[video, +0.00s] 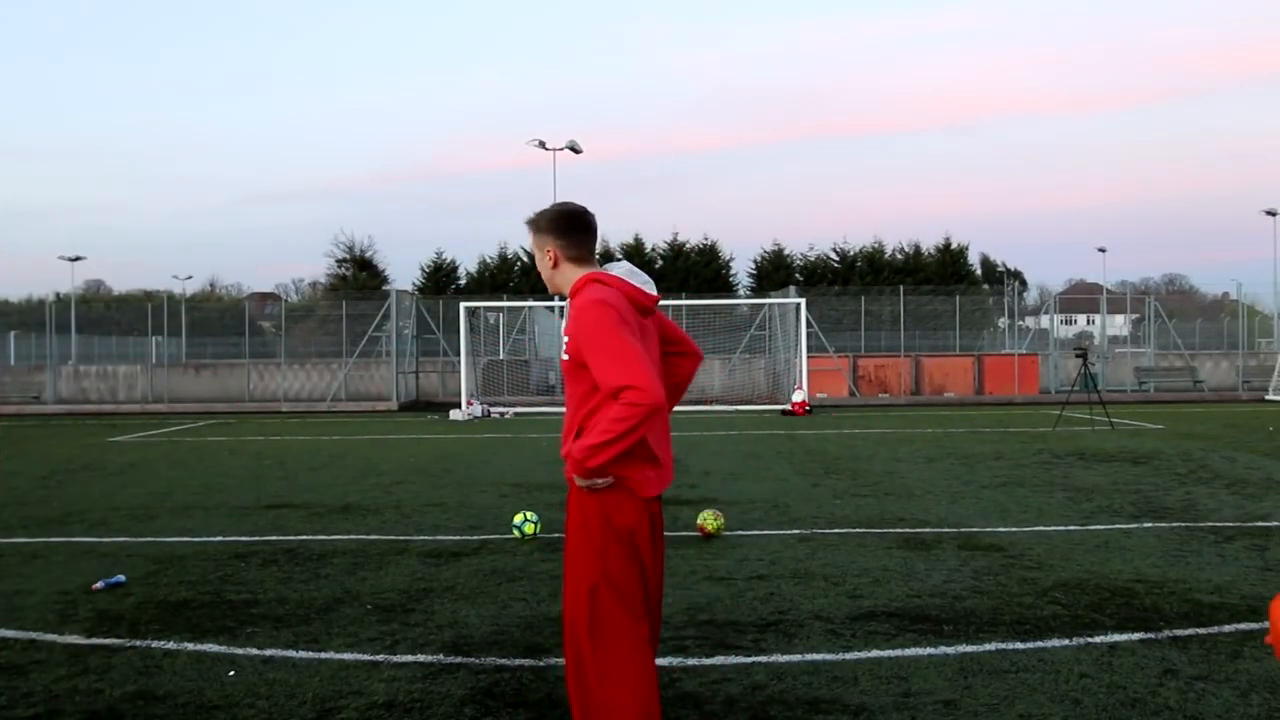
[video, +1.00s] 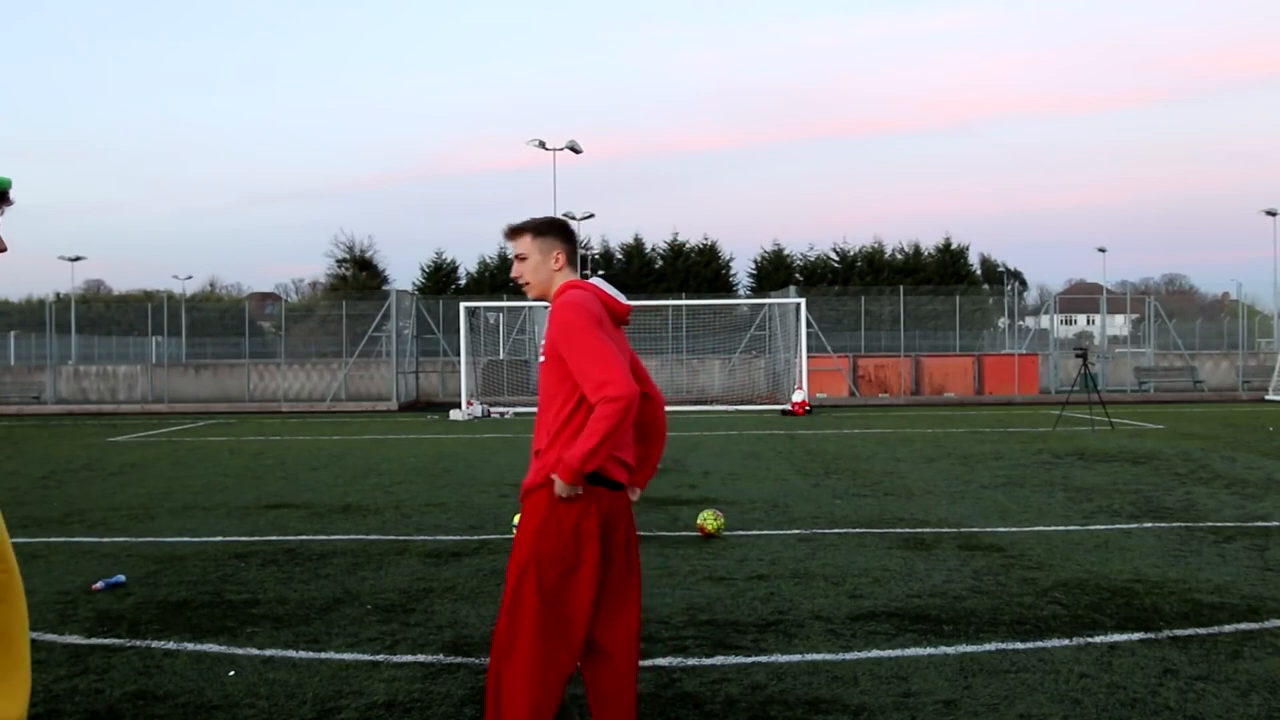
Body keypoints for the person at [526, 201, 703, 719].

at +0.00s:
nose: (536, 267)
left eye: (534, 257)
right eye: (533, 258)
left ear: (549, 256)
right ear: (590, 249)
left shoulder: (592, 305)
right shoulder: (624, 297)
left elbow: (640, 394)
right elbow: (684, 353)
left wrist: (586, 456)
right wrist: (645, 417)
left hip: (606, 501)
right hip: (632, 497)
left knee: (604, 641)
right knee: (624, 638)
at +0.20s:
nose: (540, 261)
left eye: (539, 253)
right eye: (539, 253)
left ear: (548, 254)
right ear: (596, 249)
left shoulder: (581, 302)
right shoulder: (631, 298)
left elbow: (621, 387)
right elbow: (693, 365)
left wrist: (574, 455)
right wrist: (648, 429)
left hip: (601, 494)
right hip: (640, 490)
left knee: (601, 632)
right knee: (638, 624)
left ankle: (612, 713)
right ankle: (638, 708)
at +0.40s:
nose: (547, 265)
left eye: (545, 256)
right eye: (545, 258)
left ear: (552, 255)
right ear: (602, 253)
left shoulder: (580, 297)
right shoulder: (635, 303)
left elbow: (613, 373)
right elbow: (689, 382)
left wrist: (553, 433)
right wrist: (635, 425)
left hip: (593, 493)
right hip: (636, 493)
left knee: (594, 634)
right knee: (639, 629)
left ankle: (602, 715)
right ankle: (639, 713)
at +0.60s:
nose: (551, 274)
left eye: (548, 264)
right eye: (550, 265)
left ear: (558, 262)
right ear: (599, 258)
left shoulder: (584, 306)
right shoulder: (630, 310)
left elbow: (605, 388)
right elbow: (667, 406)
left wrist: (560, 471)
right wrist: (638, 469)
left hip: (590, 498)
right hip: (632, 498)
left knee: (567, 632)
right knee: (626, 631)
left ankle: (582, 716)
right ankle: (623, 712)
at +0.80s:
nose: (531, 274)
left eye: (535, 261)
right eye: (530, 263)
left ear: (563, 259)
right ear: (574, 260)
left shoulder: (586, 307)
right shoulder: (618, 311)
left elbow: (628, 393)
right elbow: (671, 414)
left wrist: (588, 474)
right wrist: (642, 487)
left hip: (575, 502)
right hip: (622, 503)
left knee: (536, 634)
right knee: (618, 641)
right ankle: (619, 712)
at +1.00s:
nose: (515, 272)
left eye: (522, 259)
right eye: (513, 261)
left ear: (557, 258)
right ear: (563, 262)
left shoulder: (571, 307)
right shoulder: (595, 311)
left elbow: (617, 393)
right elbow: (651, 401)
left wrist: (570, 468)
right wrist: (634, 479)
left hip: (564, 507)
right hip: (608, 505)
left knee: (528, 648)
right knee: (610, 650)